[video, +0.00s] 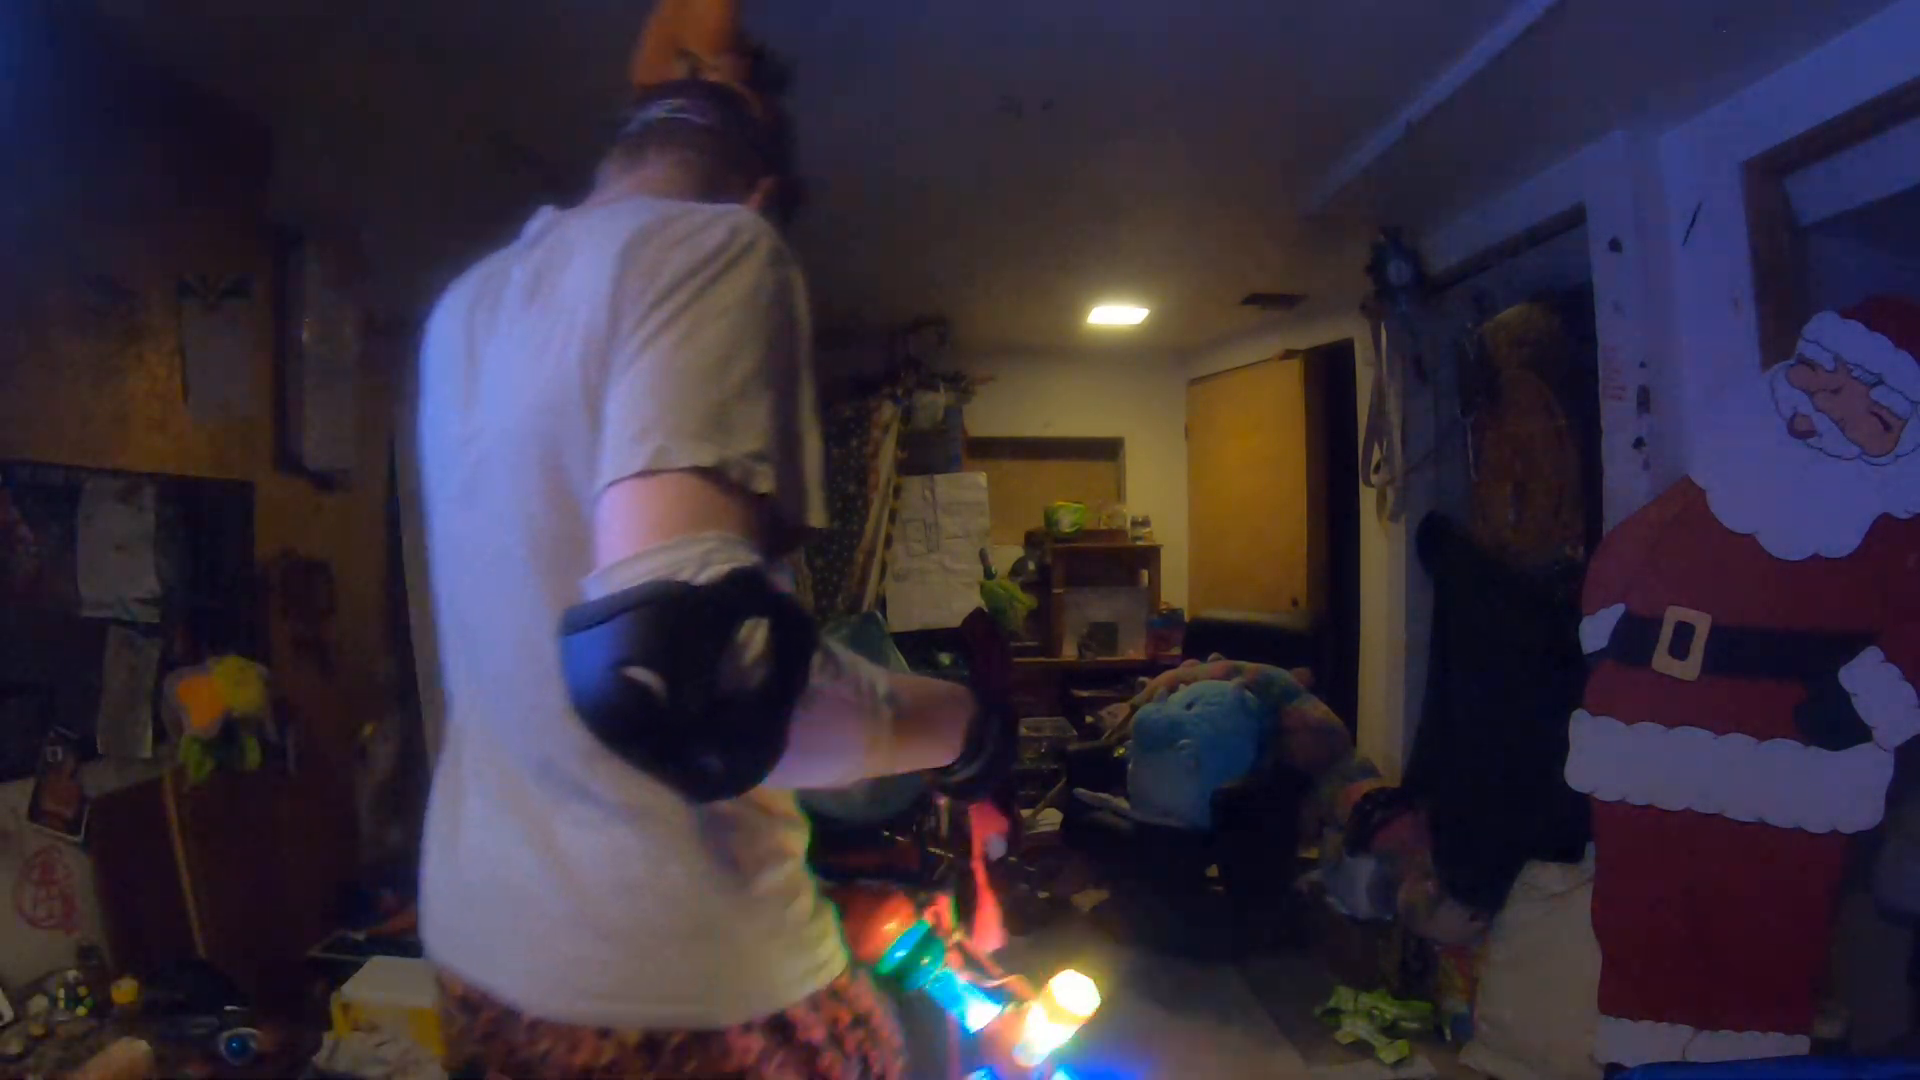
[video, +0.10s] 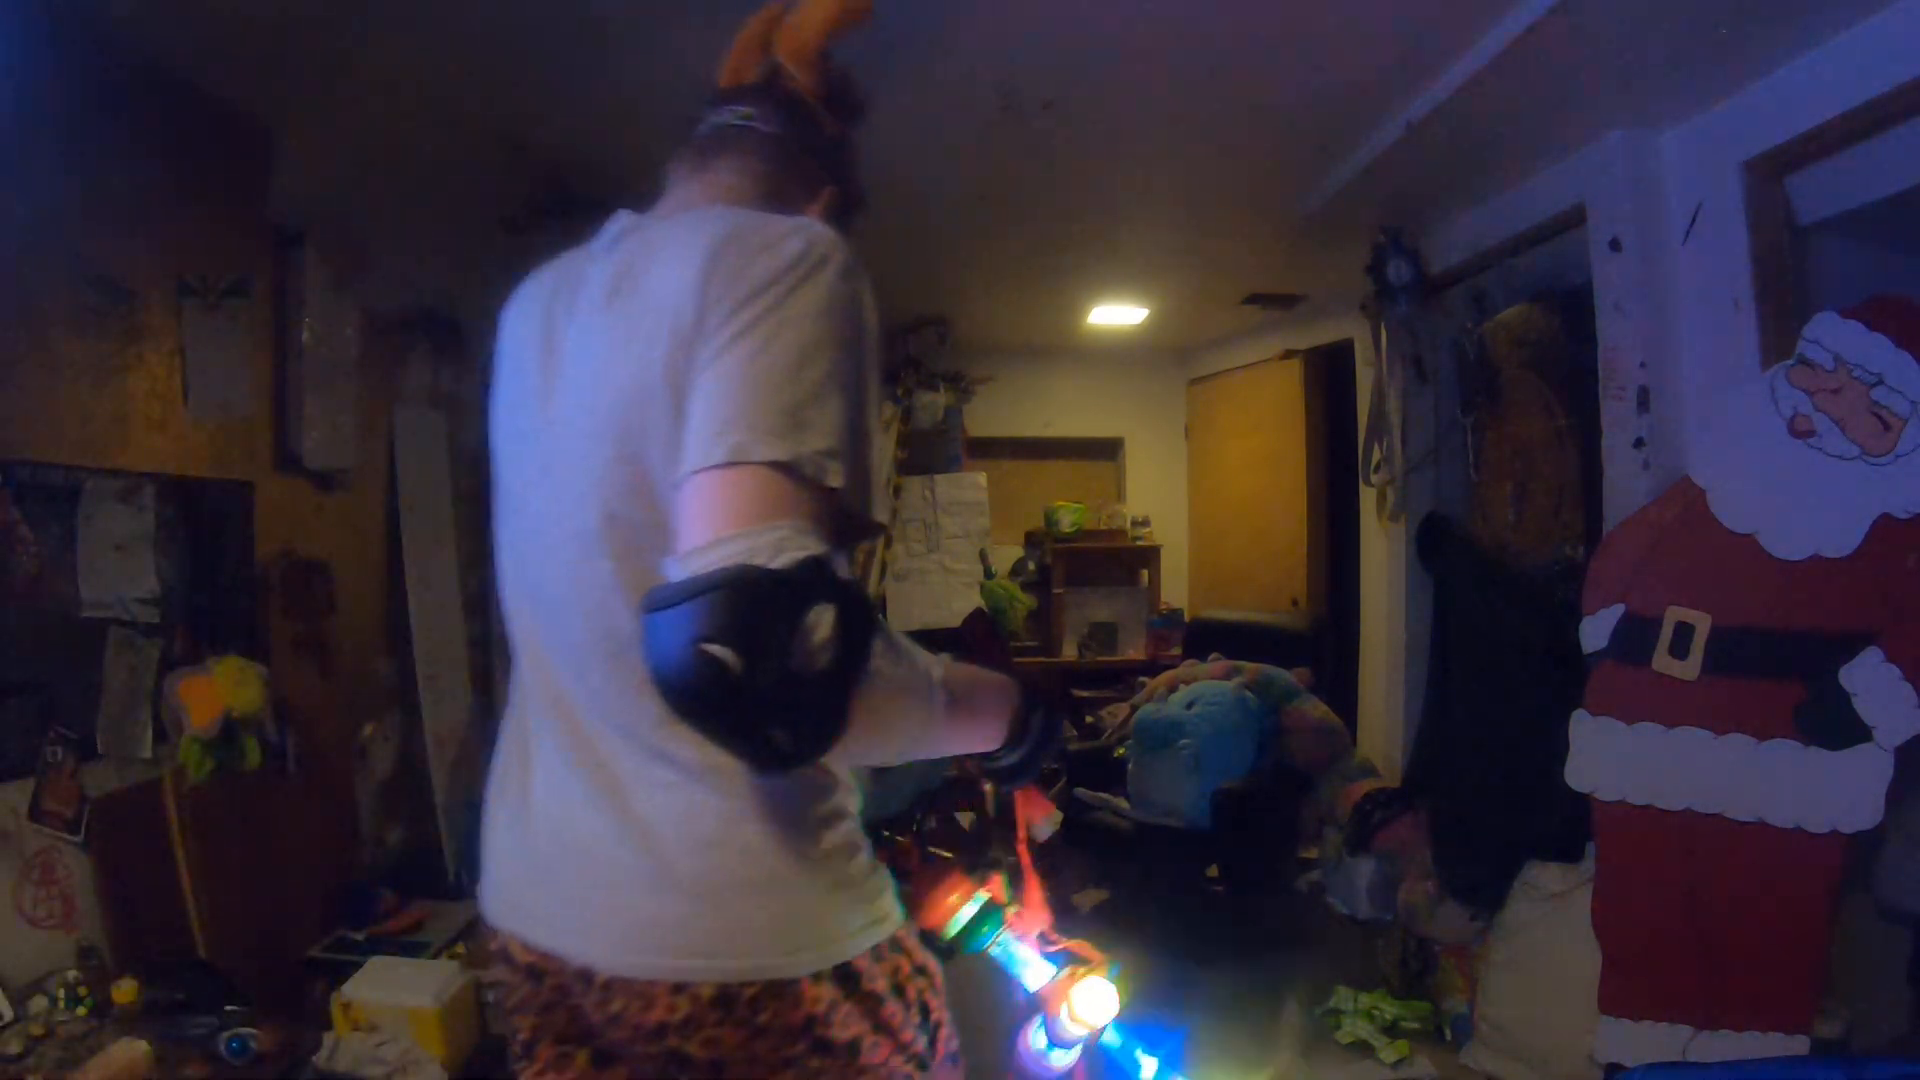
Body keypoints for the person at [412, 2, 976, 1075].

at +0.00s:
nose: (766, 231)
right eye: (779, 214)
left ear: (610, 165)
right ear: (762, 193)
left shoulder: (462, 301)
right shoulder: (708, 247)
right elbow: (668, 660)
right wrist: (955, 719)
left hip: (476, 951)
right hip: (679, 979)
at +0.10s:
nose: (835, 236)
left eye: (839, 226)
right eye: (841, 220)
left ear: (680, 170)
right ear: (823, 197)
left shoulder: (534, 300)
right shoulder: (782, 255)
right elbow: (740, 641)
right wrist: (1002, 709)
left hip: (536, 922)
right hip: (755, 946)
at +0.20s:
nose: (893, 283)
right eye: (899, 262)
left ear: (744, 204)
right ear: (881, 228)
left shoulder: (609, 318)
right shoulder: (852, 285)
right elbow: (838, 658)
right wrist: (1054, 702)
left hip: (604, 913)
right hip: (819, 938)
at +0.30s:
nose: (947, 289)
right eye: (955, 273)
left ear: (812, 220)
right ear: (940, 250)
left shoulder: (680, 334)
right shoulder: (930, 315)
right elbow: (926, 659)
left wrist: (898, 149)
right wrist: (1097, 695)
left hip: (683, 896)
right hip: (890, 913)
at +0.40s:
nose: (1001, 278)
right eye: (1013, 267)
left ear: (857, 232)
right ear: (997, 254)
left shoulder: (745, 336)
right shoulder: (1002, 320)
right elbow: (1012, 641)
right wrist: (1155, 686)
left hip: (759, 867)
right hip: (960, 879)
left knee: (779, 1065)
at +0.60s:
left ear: (925, 279)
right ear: (1056, 279)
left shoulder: (833, 378)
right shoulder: (1115, 377)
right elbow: (1157, 647)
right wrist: (1212, 636)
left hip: (886, 864)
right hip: (1066, 873)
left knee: (911, 1069)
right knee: (1079, 1068)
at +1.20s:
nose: (954, 380)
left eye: (949, 363)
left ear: (954, 354)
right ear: (1048, 329)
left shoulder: (929, 440)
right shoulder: (1141, 394)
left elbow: (975, 546)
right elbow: (1219, 571)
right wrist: (1244, 598)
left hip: (995, 776)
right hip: (1133, 778)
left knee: (1021, 1020)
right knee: (1142, 1020)